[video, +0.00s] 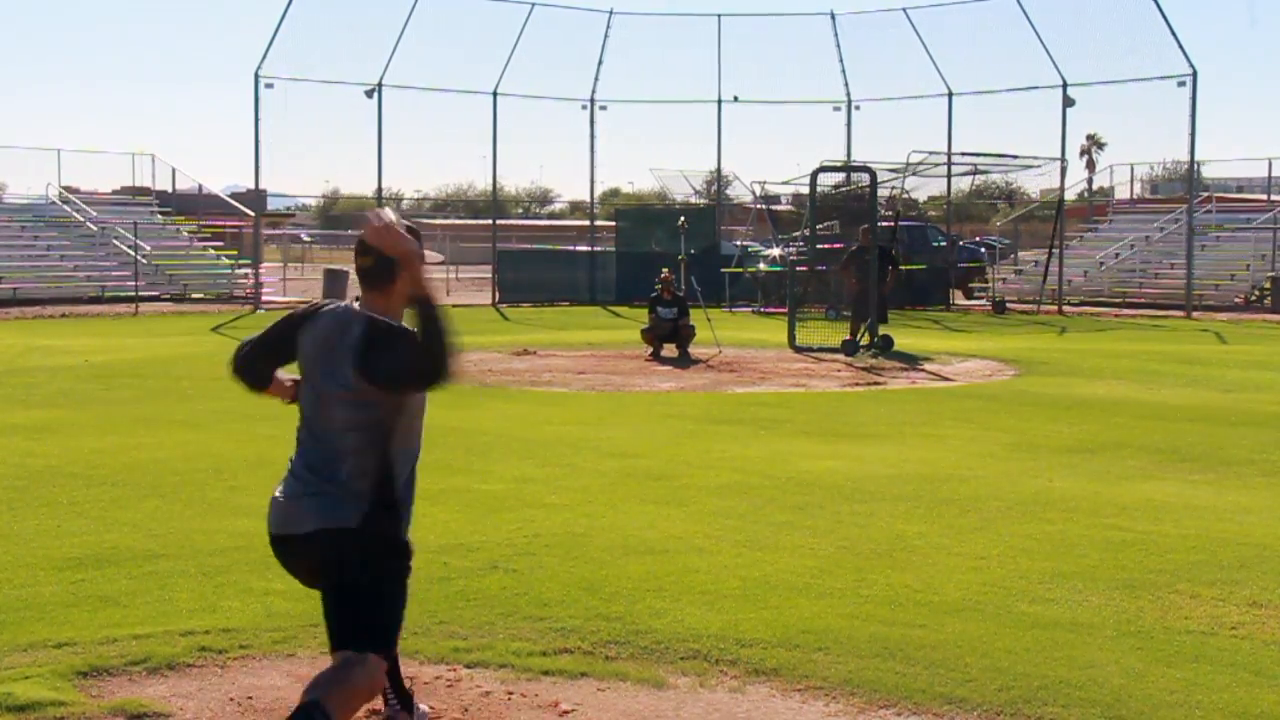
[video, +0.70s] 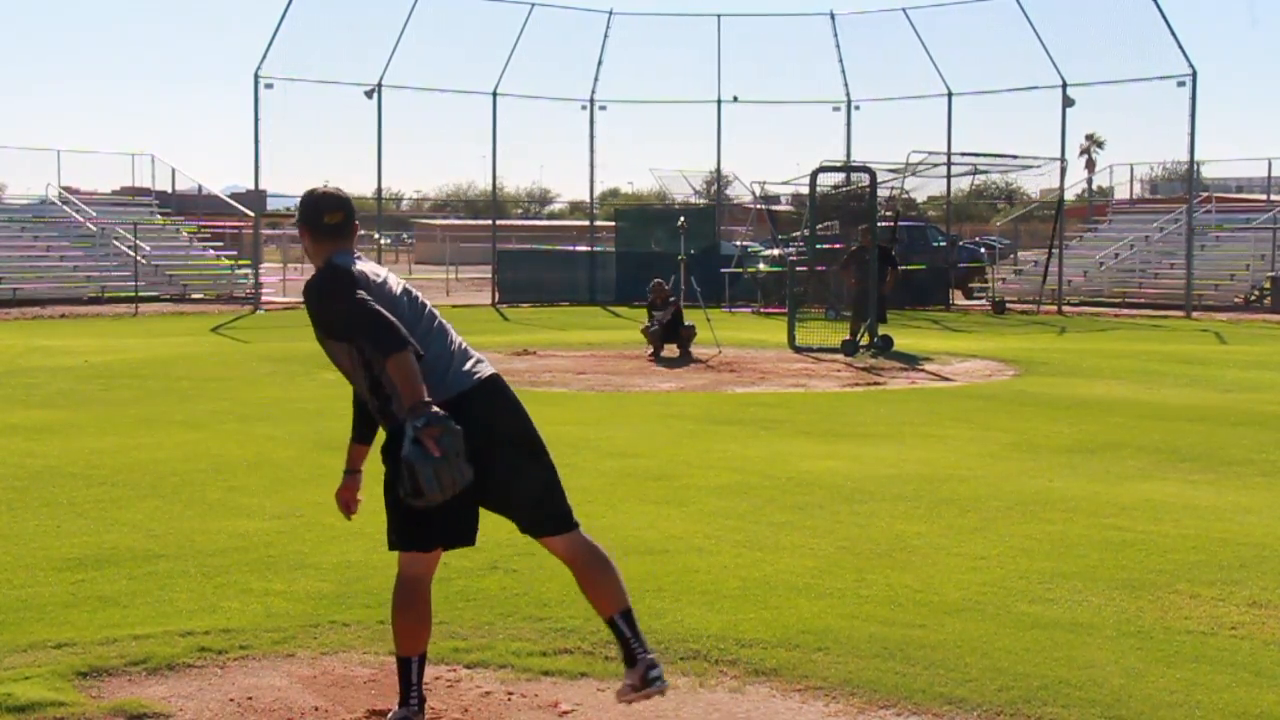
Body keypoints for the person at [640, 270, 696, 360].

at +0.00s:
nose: (667, 286)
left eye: (669, 283)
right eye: (664, 283)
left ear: (673, 284)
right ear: (660, 284)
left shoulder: (680, 299)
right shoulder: (654, 299)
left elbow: (685, 319)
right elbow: (652, 318)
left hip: (676, 327)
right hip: (660, 328)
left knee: (689, 329)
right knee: (645, 332)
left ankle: (682, 349)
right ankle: (656, 347)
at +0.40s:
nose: (667, 286)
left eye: (669, 283)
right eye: (664, 284)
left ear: (673, 284)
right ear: (660, 285)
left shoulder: (679, 299)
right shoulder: (654, 299)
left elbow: (685, 317)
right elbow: (649, 314)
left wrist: (675, 317)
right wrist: (652, 320)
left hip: (675, 325)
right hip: (660, 325)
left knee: (688, 330)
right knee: (648, 331)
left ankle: (683, 349)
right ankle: (656, 348)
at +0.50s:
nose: (664, 288)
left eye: (666, 285)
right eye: (661, 285)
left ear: (670, 286)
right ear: (658, 286)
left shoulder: (676, 299)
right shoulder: (653, 300)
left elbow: (682, 313)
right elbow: (649, 316)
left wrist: (672, 312)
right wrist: (648, 322)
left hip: (675, 324)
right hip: (660, 324)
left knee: (689, 330)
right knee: (649, 330)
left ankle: (683, 349)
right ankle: (656, 348)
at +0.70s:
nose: (658, 294)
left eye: (660, 291)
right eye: (655, 292)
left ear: (665, 291)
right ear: (651, 293)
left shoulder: (673, 302)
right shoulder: (651, 305)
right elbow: (651, 319)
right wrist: (653, 323)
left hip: (674, 330)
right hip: (660, 330)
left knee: (689, 329)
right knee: (651, 331)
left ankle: (684, 350)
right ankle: (656, 349)